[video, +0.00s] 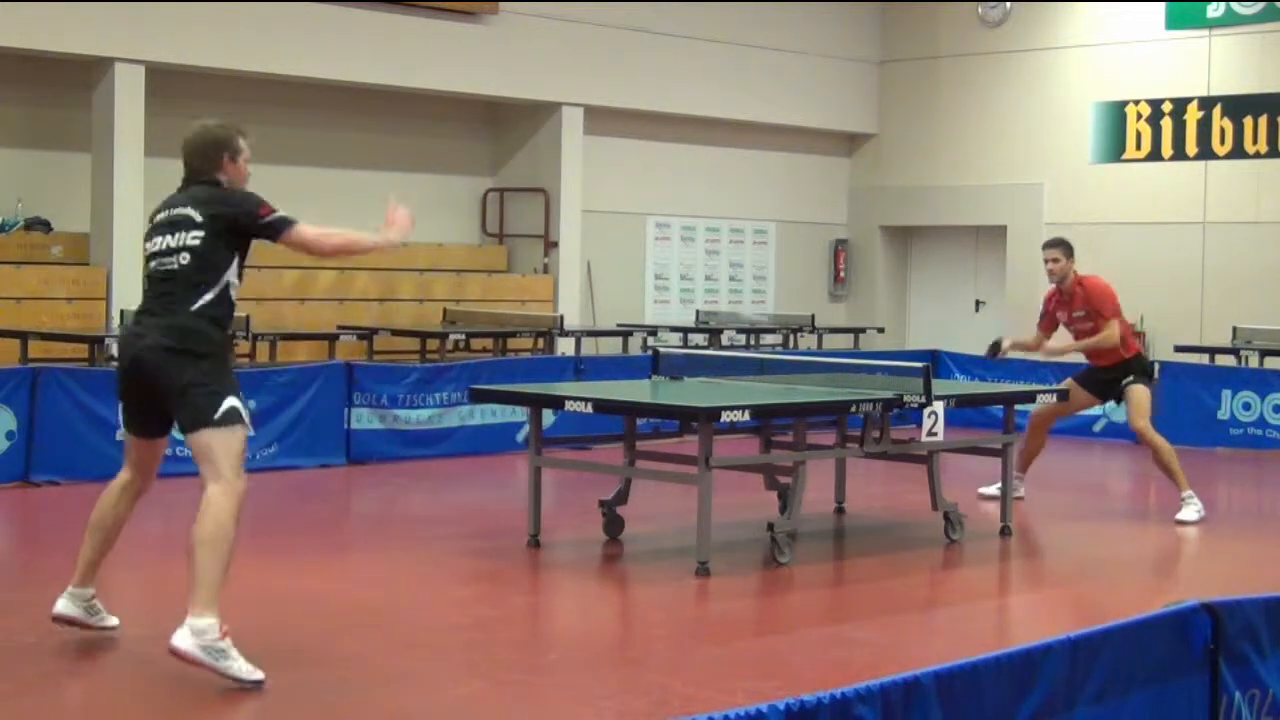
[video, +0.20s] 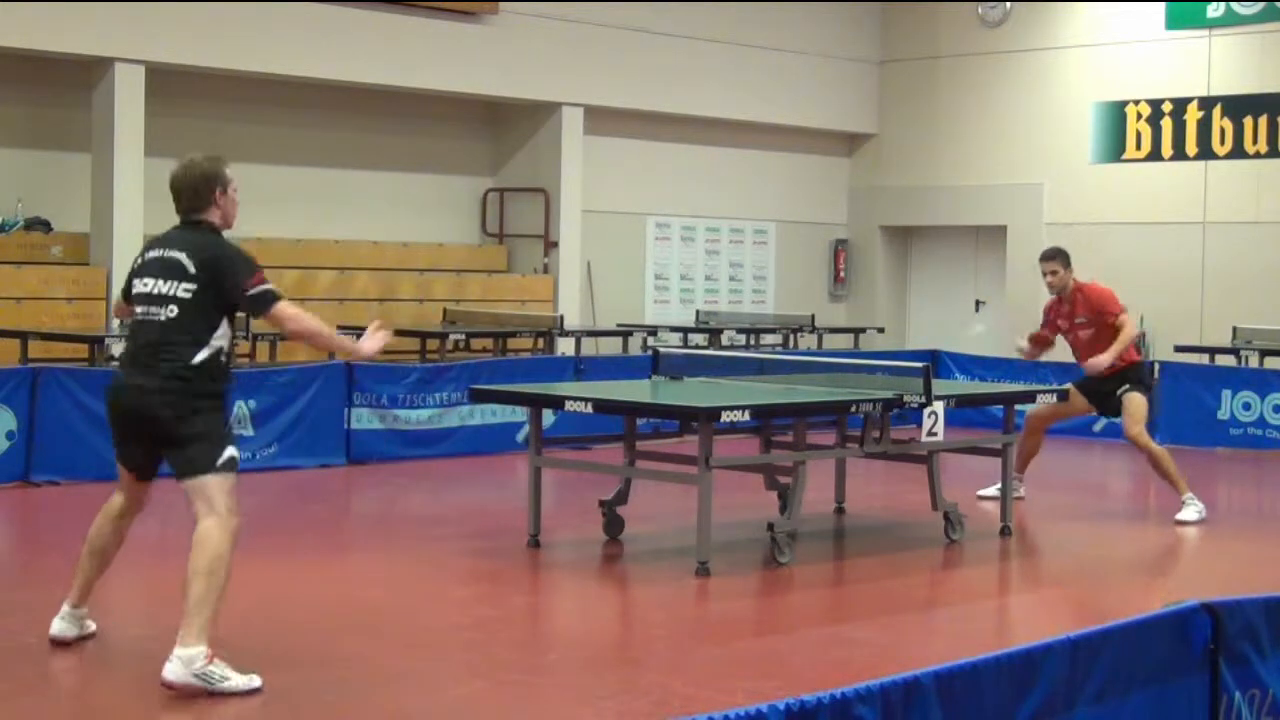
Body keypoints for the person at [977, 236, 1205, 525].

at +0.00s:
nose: (1049, 268)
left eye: (1054, 261)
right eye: (1046, 262)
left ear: (1071, 262)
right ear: (1045, 265)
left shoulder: (1096, 289)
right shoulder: (1053, 299)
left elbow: (1113, 337)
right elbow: (1038, 342)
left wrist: (1061, 349)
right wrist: (1012, 343)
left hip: (1131, 366)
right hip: (1100, 371)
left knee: (1140, 426)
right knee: (1040, 416)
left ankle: (1189, 498)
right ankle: (1015, 482)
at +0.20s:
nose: (1049, 280)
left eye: (1054, 274)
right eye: (1045, 276)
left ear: (1070, 272)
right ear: (1043, 278)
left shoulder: (1097, 295)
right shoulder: (1054, 308)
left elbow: (1130, 328)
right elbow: (1043, 343)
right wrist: (1030, 347)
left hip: (1129, 375)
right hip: (1096, 381)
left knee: (1135, 432)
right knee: (1035, 418)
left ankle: (1189, 500)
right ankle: (1015, 482)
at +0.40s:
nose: (1066, 252)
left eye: (1072, 246)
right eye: (1063, 246)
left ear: (1088, 247)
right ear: (1061, 248)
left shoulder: (1111, 277)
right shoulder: (1055, 283)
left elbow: (1157, 283)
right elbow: (1022, 304)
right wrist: (993, 304)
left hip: (1127, 367)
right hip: (1093, 371)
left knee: (1146, 427)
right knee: (1037, 420)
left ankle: (1193, 500)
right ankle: (1014, 483)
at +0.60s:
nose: (1076, 230)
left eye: (1083, 225)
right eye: (1074, 225)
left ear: (1100, 231)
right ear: (1072, 231)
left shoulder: (1118, 267)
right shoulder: (1060, 268)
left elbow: (1166, 277)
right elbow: (1017, 272)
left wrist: (1179, 260)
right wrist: (996, 248)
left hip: (1122, 360)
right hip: (1086, 362)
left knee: (1144, 426)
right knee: (1037, 418)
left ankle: (1192, 499)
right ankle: (1014, 482)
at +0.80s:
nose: (1076, 224)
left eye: (1083, 219)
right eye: (1075, 220)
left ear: (1102, 225)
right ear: (1077, 228)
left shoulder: (1124, 266)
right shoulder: (1068, 267)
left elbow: (1156, 304)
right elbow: (1030, 293)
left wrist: (1165, 299)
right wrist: (1010, 261)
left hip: (1115, 357)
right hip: (1079, 357)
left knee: (1141, 424)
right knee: (1043, 420)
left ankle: (1192, 499)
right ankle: (1015, 482)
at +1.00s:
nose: (1074, 228)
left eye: (1080, 223)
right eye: (1074, 224)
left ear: (1100, 227)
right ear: (1087, 229)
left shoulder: (1123, 269)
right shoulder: (1073, 271)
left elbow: (1123, 324)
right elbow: (1072, 321)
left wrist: (1112, 372)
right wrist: (1047, 350)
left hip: (1106, 357)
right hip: (1073, 356)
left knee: (1140, 427)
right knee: (1044, 422)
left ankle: (1191, 498)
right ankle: (1016, 481)